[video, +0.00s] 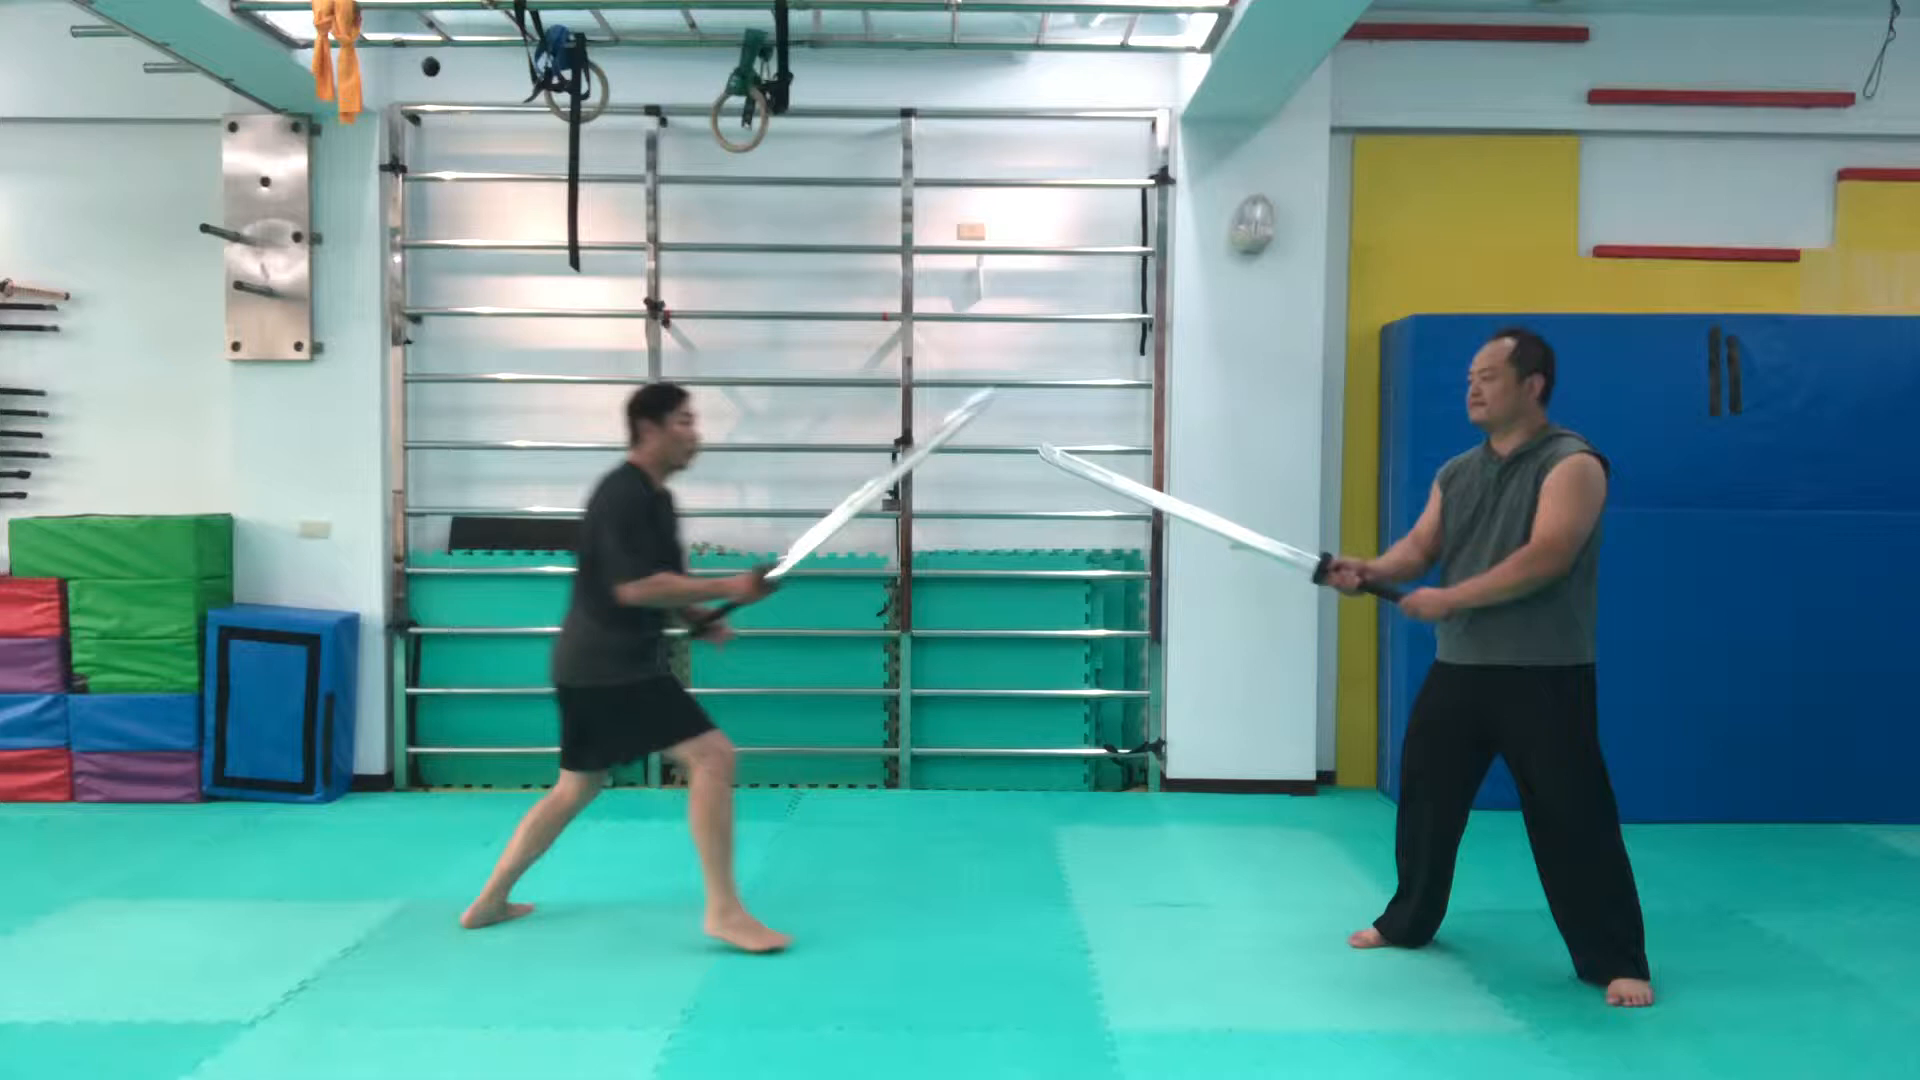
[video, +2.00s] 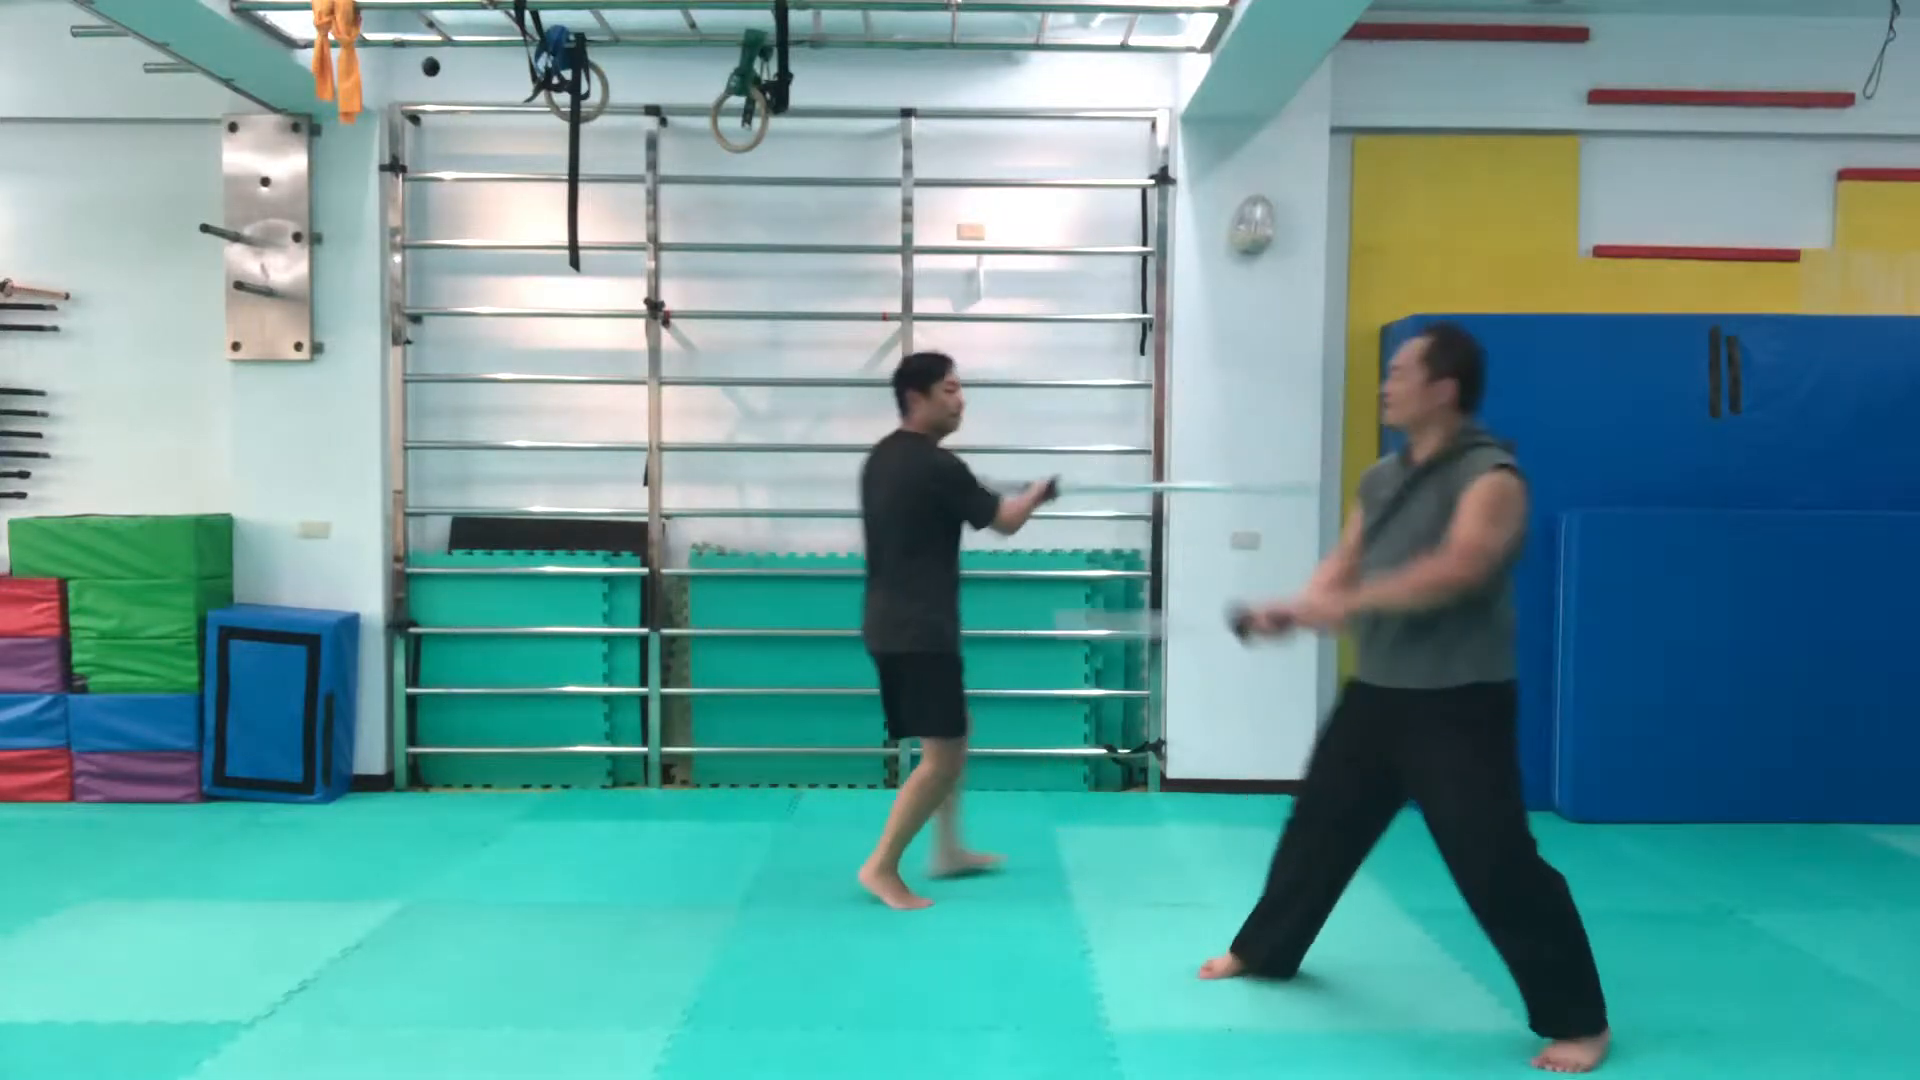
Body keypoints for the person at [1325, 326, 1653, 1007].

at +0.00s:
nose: (1472, 389)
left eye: (1487, 379)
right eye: (1471, 379)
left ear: (1532, 386)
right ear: (1478, 389)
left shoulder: (1573, 466)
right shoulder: (1455, 474)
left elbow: (1548, 557)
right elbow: (1416, 550)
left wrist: (1451, 599)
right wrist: (1366, 571)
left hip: (1547, 679)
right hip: (1460, 673)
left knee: (1575, 822)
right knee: (1427, 795)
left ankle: (1619, 966)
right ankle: (1409, 921)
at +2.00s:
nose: (1386, 386)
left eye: (1400, 376)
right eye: (1388, 374)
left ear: (1446, 388)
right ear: (1415, 389)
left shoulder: (1492, 478)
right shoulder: (1380, 480)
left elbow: (1460, 569)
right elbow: (1345, 566)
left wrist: (1347, 603)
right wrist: (1289, 610)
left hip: (1461, 707)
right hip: (1378, 700)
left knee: (1498, 869)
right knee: (1320, 828)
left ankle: (1579, 1022)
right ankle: (1262, 952)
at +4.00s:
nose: (1397, 413)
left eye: (1410, 402)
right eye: (1396, 401)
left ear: (1455, 406)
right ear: (1418, 409)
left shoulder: (1505, 470)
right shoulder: (1392, 486)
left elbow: (1442, 545)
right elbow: (1325, 534)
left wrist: (1348, 577)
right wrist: (1259, 557)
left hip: (1508, 686)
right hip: (1416, 687)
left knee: (1551, 819)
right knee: (1381, 798)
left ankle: (1613, 973)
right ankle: (1369, 918)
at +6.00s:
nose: (1459, 368)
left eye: (1475, 359)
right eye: (1463, 357)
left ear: (1520, 375)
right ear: (1487, 374)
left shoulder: (1560, 463)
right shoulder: (1436, 464)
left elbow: (1551, 562)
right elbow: (1407, 553)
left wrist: (1457, 616)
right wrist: (1380, 627)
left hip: (1517, 685)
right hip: (1433, 678)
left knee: (1530, 835)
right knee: (1380, 776)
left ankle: (1573, 993)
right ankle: (1408, 899)